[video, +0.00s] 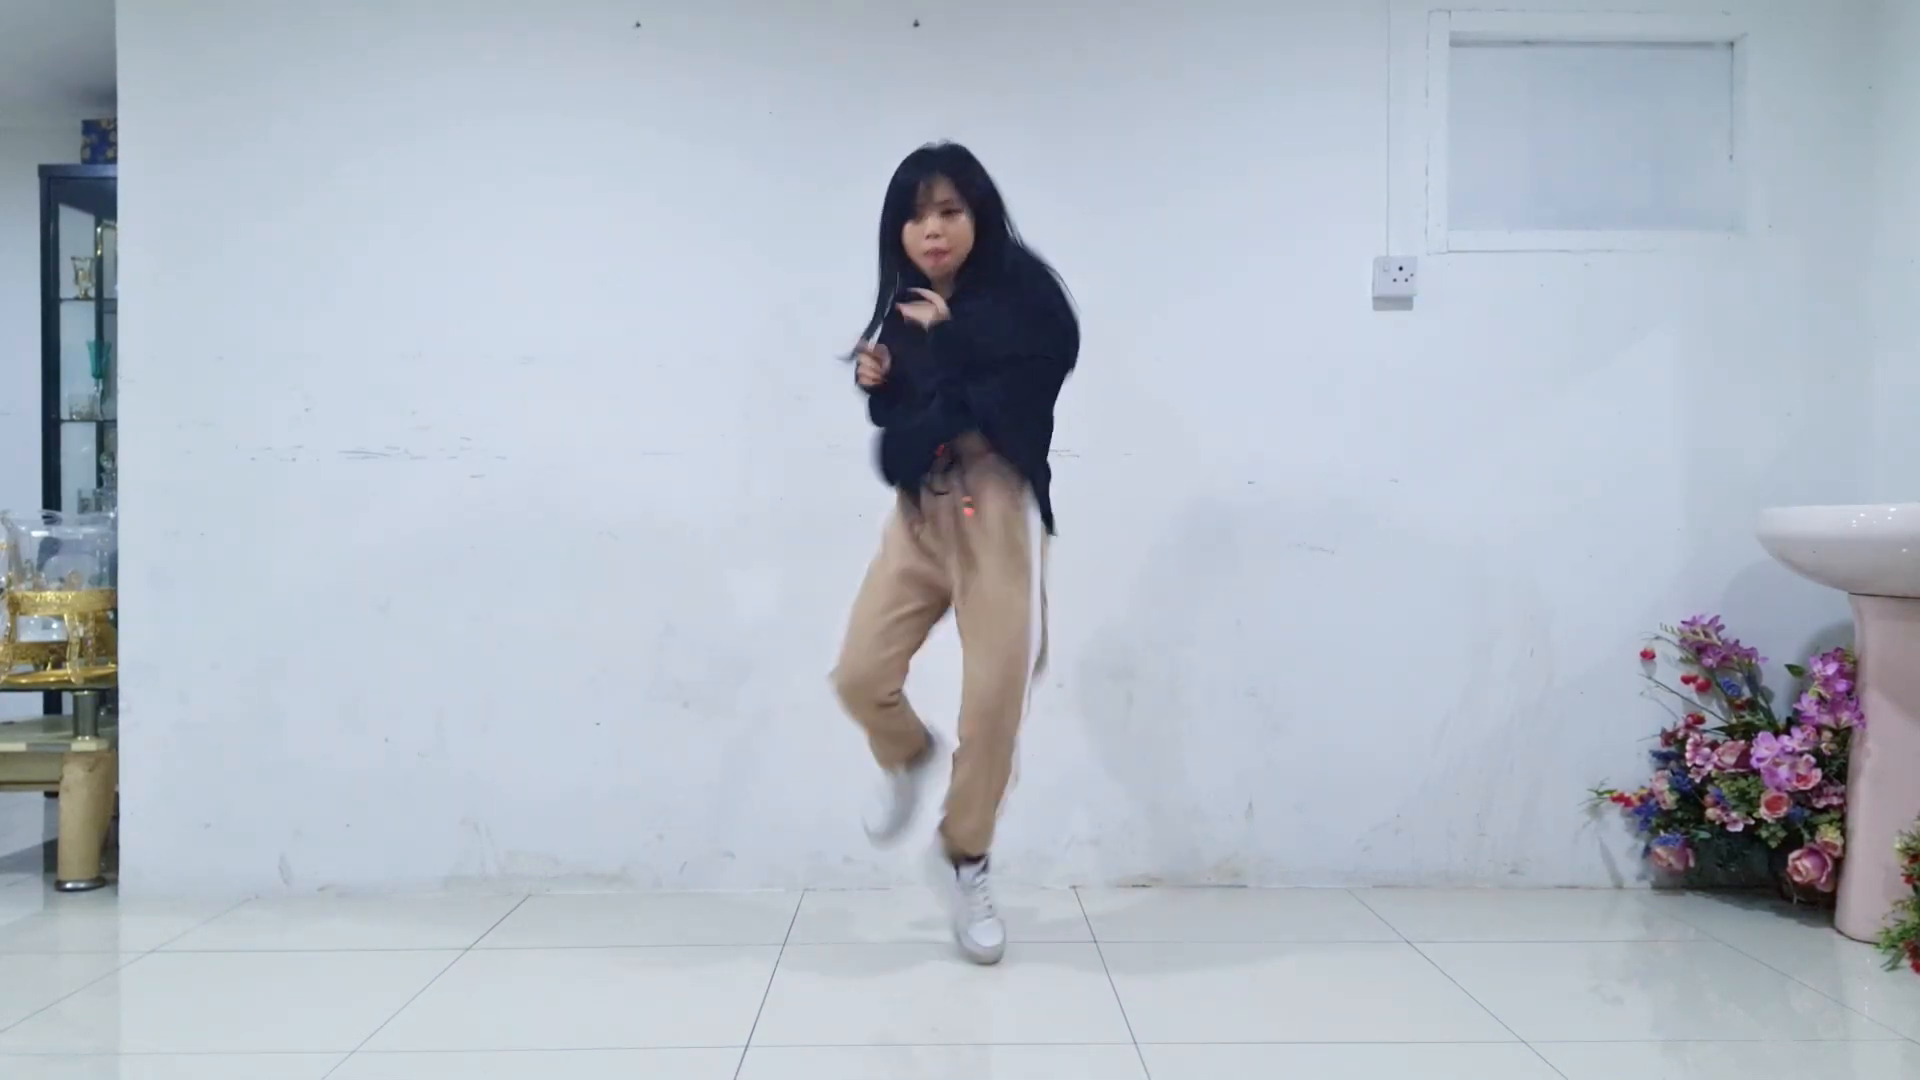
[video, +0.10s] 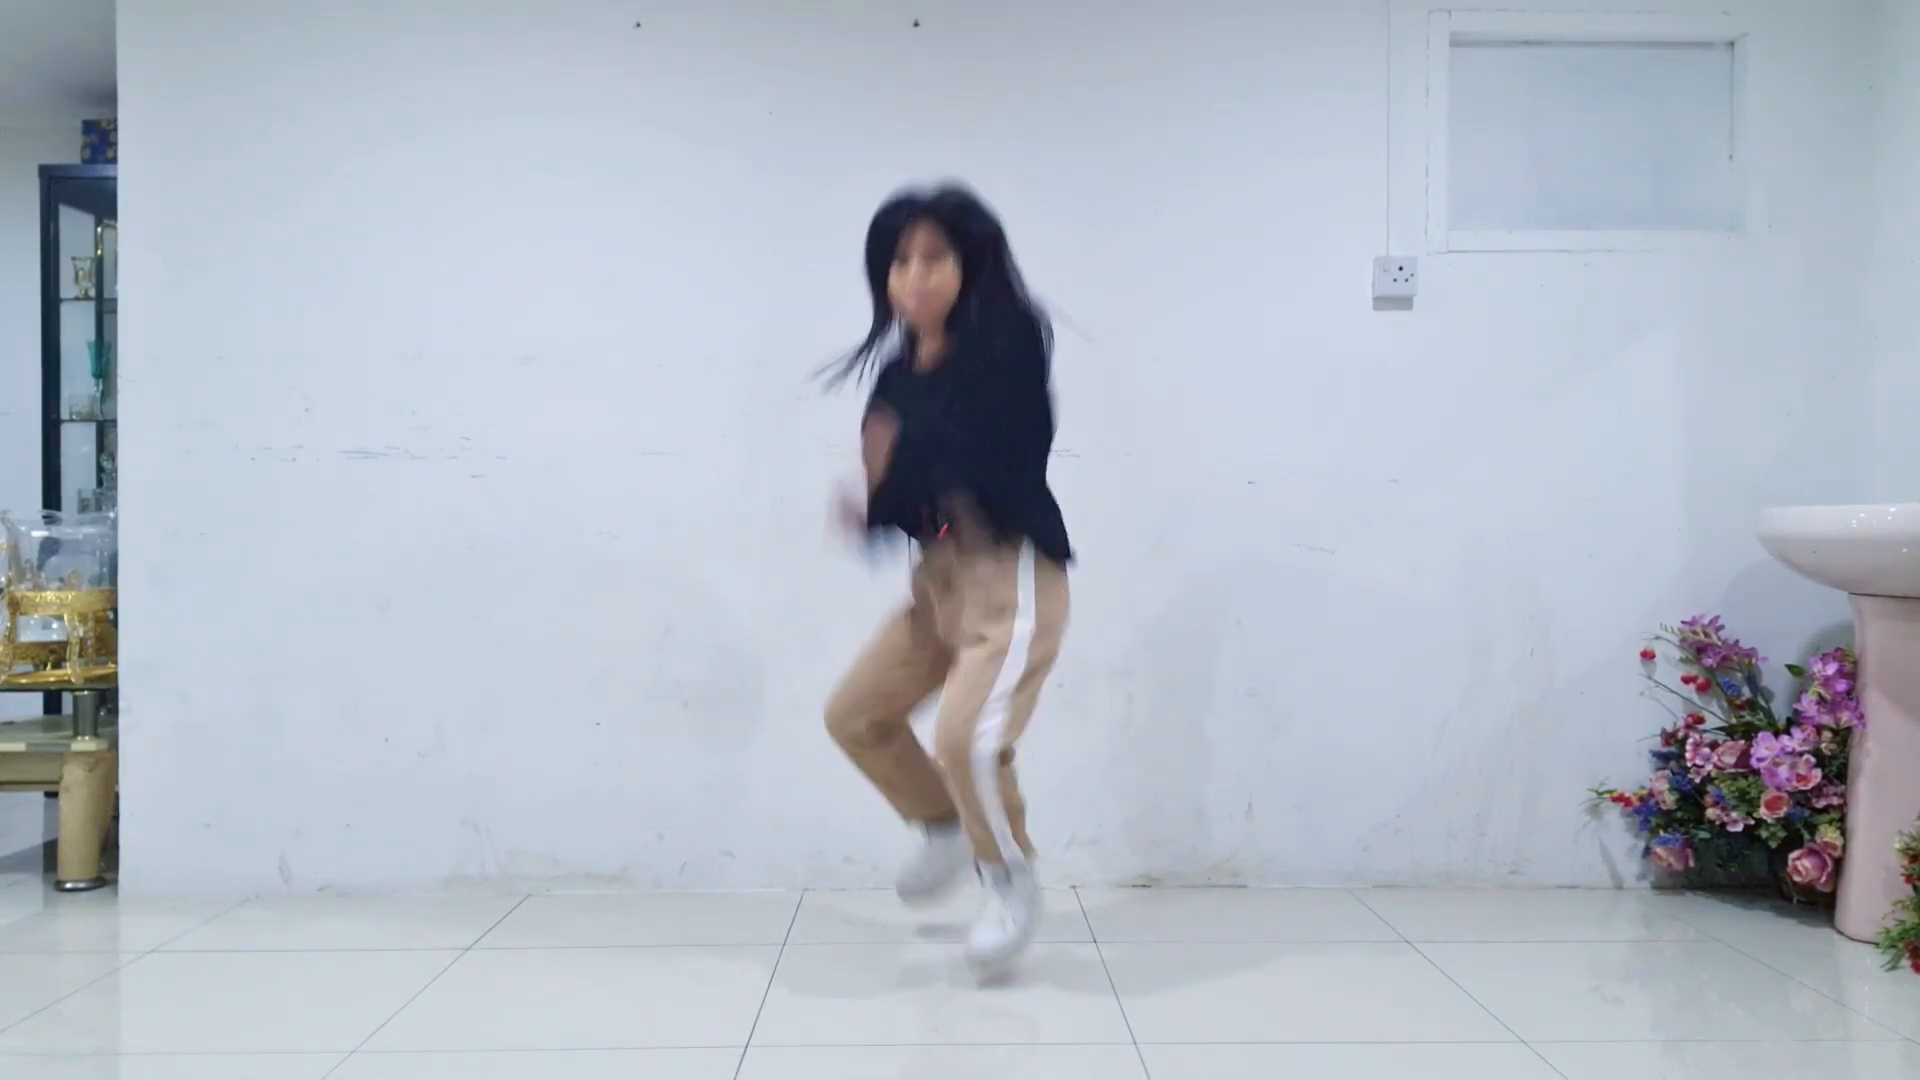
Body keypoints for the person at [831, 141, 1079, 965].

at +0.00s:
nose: (934, 229)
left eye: (951, 212)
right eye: (917, 215)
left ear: (981, 220)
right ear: (897, 228)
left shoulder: (1023, 291)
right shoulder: (902, 305)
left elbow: (1027, 382)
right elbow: (891, 415)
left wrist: (946, 333)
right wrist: (879, 381)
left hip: (997, 506)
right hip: (917, 505)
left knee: (992, 694)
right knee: (860, 677)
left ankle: (968, 860)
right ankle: (916, 758)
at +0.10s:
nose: (917, 281)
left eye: (936, 262)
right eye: (903, 263)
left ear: (971, 271)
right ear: (883, 277)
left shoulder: (1006, 346)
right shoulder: (898, 373)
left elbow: (1009, 475)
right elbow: (907, 506)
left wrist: (908, 436)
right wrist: (874, 499)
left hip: (1016, 583)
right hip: (941, 583)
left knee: (966, 741)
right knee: (856, 717)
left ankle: (1013, 884)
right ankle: (948, 830)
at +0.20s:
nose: (900, 384)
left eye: (921, 367)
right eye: (888, 367)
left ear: (956, 385)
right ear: (873, 384)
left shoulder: (982, 476)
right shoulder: (894, 500)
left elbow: (958, 594)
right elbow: (894, 609)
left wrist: (877, 693)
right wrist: (879, 701)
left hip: (1037, 688)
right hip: (964, 693)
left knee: (944, 798)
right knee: (874, 775)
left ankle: (1046, 922)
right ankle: (983, 895)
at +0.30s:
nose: (880, 529)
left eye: (900, 513)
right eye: (870, 512)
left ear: (936, 524)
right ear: (858, 523)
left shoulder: (965, 606)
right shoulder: (901, 623)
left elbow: (932, 742)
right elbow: (891, 738)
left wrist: (871, 857)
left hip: (1054, 796)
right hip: (987, 783)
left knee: (920, 821)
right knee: (872, 778)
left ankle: (1040, 921)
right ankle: (983, 907)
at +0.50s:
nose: (870, 496)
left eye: (886, 477)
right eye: (856, 482)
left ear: (923, 480)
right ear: (845, 495)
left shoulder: (953, 563)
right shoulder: (912, 560)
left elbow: (956, 683)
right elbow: (939, 659)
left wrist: (921, 775)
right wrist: (879, 669)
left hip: (1030, 770)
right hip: (988, 748)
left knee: (878, 832)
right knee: (875, 766)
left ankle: (1030, 907)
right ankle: (980, 897)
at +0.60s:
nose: (866, 487)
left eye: (872, 461)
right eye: (849, 480)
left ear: (910, 439)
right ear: (840, 489)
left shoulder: (968, 500)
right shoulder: (931, 510)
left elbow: (1036, 586)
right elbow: (948, 619)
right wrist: (923, 709)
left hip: (997, 728)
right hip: (960, 712)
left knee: (848, 818)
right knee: (851, 764)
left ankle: (1007, 889)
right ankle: (977, 887)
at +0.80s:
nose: (835, 541)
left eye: (847, 520)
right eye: (828, 527)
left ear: (886, 513)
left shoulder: (927, 591)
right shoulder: (924, 576)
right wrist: (888, 749)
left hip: (1005, 796)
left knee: (830, 832)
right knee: (848, 781)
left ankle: (984, 912)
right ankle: (964, 895)